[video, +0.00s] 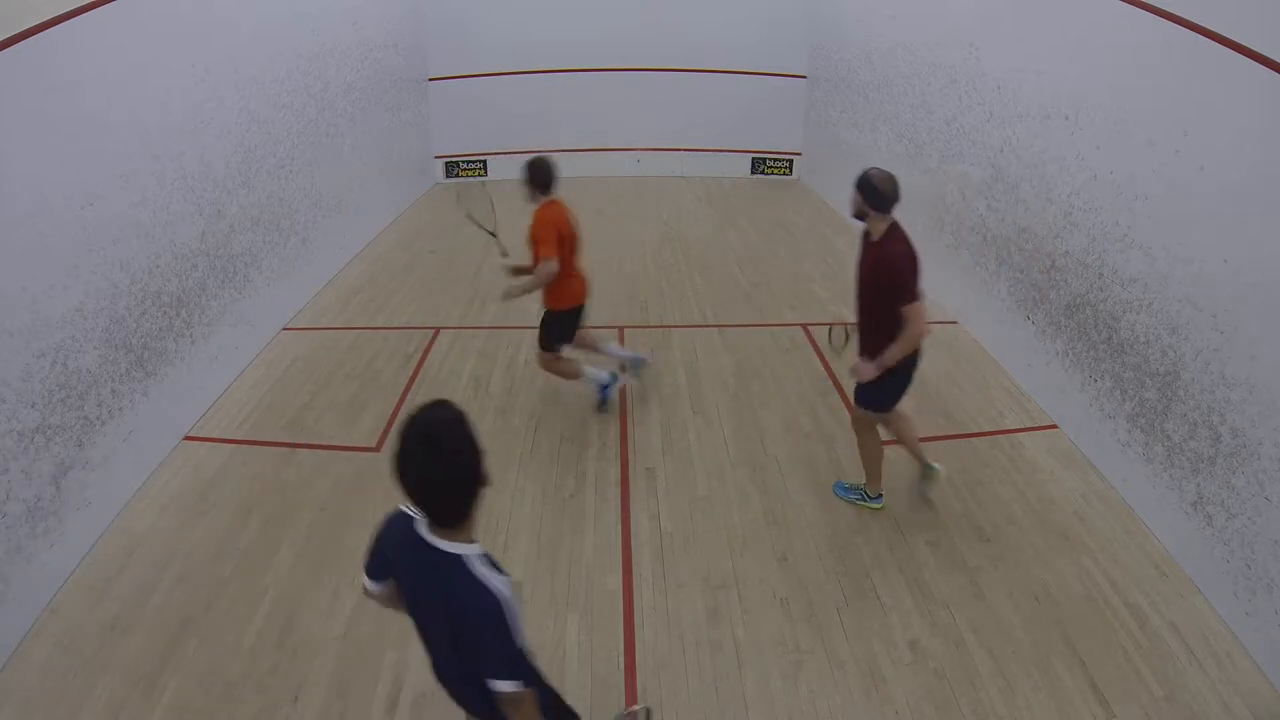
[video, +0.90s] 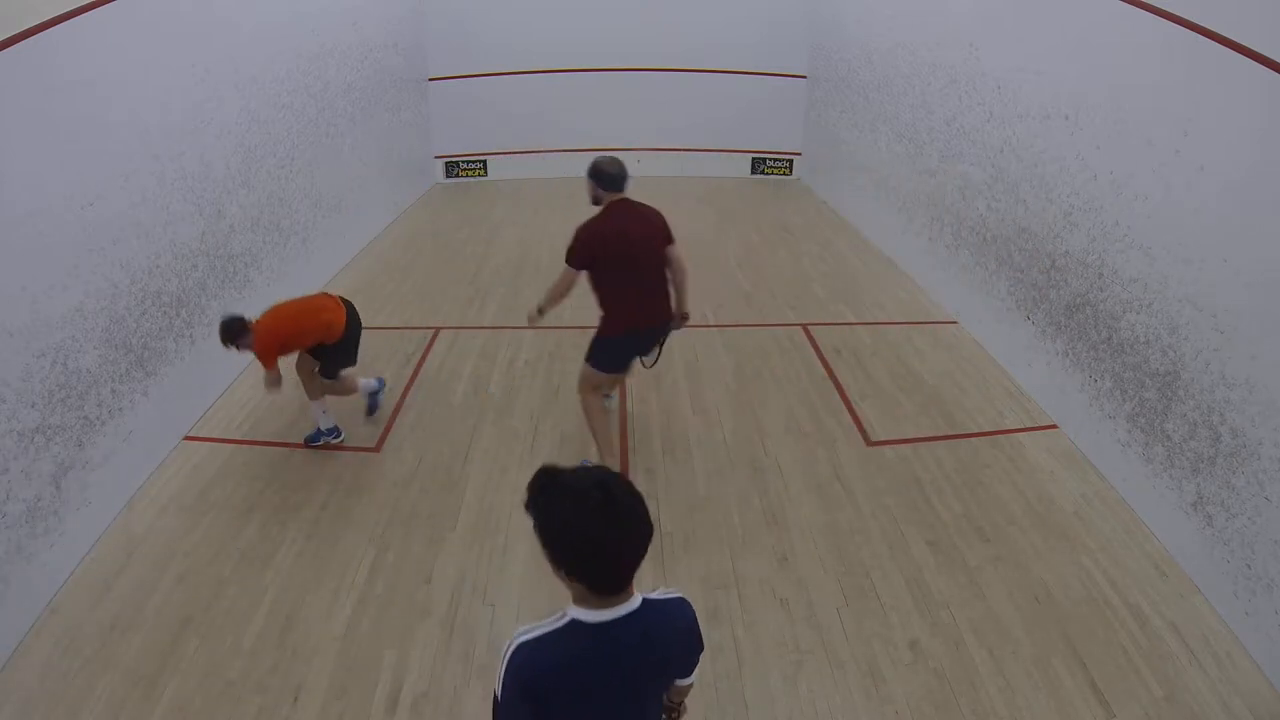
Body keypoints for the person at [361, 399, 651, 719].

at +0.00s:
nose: (484, 453)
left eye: (476, 446)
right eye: (478, 448)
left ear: (409, 477)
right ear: (480, 474)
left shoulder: (400, 526)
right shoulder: (484, 590)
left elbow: (376, 588)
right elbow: (513, 696)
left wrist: (431, 606)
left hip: (457, 682)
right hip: (510, 701)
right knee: (567, 712)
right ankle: (622, 717)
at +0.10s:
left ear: (441, 495)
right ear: (518, 489)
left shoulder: (424, 550)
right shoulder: (536, 605)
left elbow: (397, 619)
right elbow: (563, 705)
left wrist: (455, 621)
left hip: (482, 698)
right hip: (536, 709)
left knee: (490, 704)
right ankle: (638, 716)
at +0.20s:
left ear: (473, 503)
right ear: (551, 493)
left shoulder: (447, 563)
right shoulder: (578, 604)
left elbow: (420, 643)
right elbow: (605, 706)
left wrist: (477, 632)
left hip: (498, 708)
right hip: (564, 712)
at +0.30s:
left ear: (498, 506)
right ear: (577, 498)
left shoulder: (468, 578)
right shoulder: (606, 602)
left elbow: (440, 666)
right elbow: (639, 697)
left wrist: (494, 646)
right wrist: (653, 709)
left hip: (516, 711)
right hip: (594, 713)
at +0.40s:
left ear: (521, 519)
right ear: (600, 504)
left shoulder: (485, 591)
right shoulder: (631, 602)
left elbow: (459, 687)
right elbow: (661, 688)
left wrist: (493, 669)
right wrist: (674, 709)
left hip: (523, 712)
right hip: (606, 712)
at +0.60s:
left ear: (546, 530)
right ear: (629, 520)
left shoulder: (514, 615)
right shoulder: (660, 599)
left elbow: (501, 711)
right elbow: (679, 678)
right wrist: (684, 705)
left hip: (542, 712)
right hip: (625, 712)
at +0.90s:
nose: (544, 551)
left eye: (546, 547)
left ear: (559, 568)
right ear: (642, 546)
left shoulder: (528, 657)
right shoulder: (677, 617)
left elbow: (509, 711)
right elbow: (679, 691)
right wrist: (671, 709)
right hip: (646, 711)